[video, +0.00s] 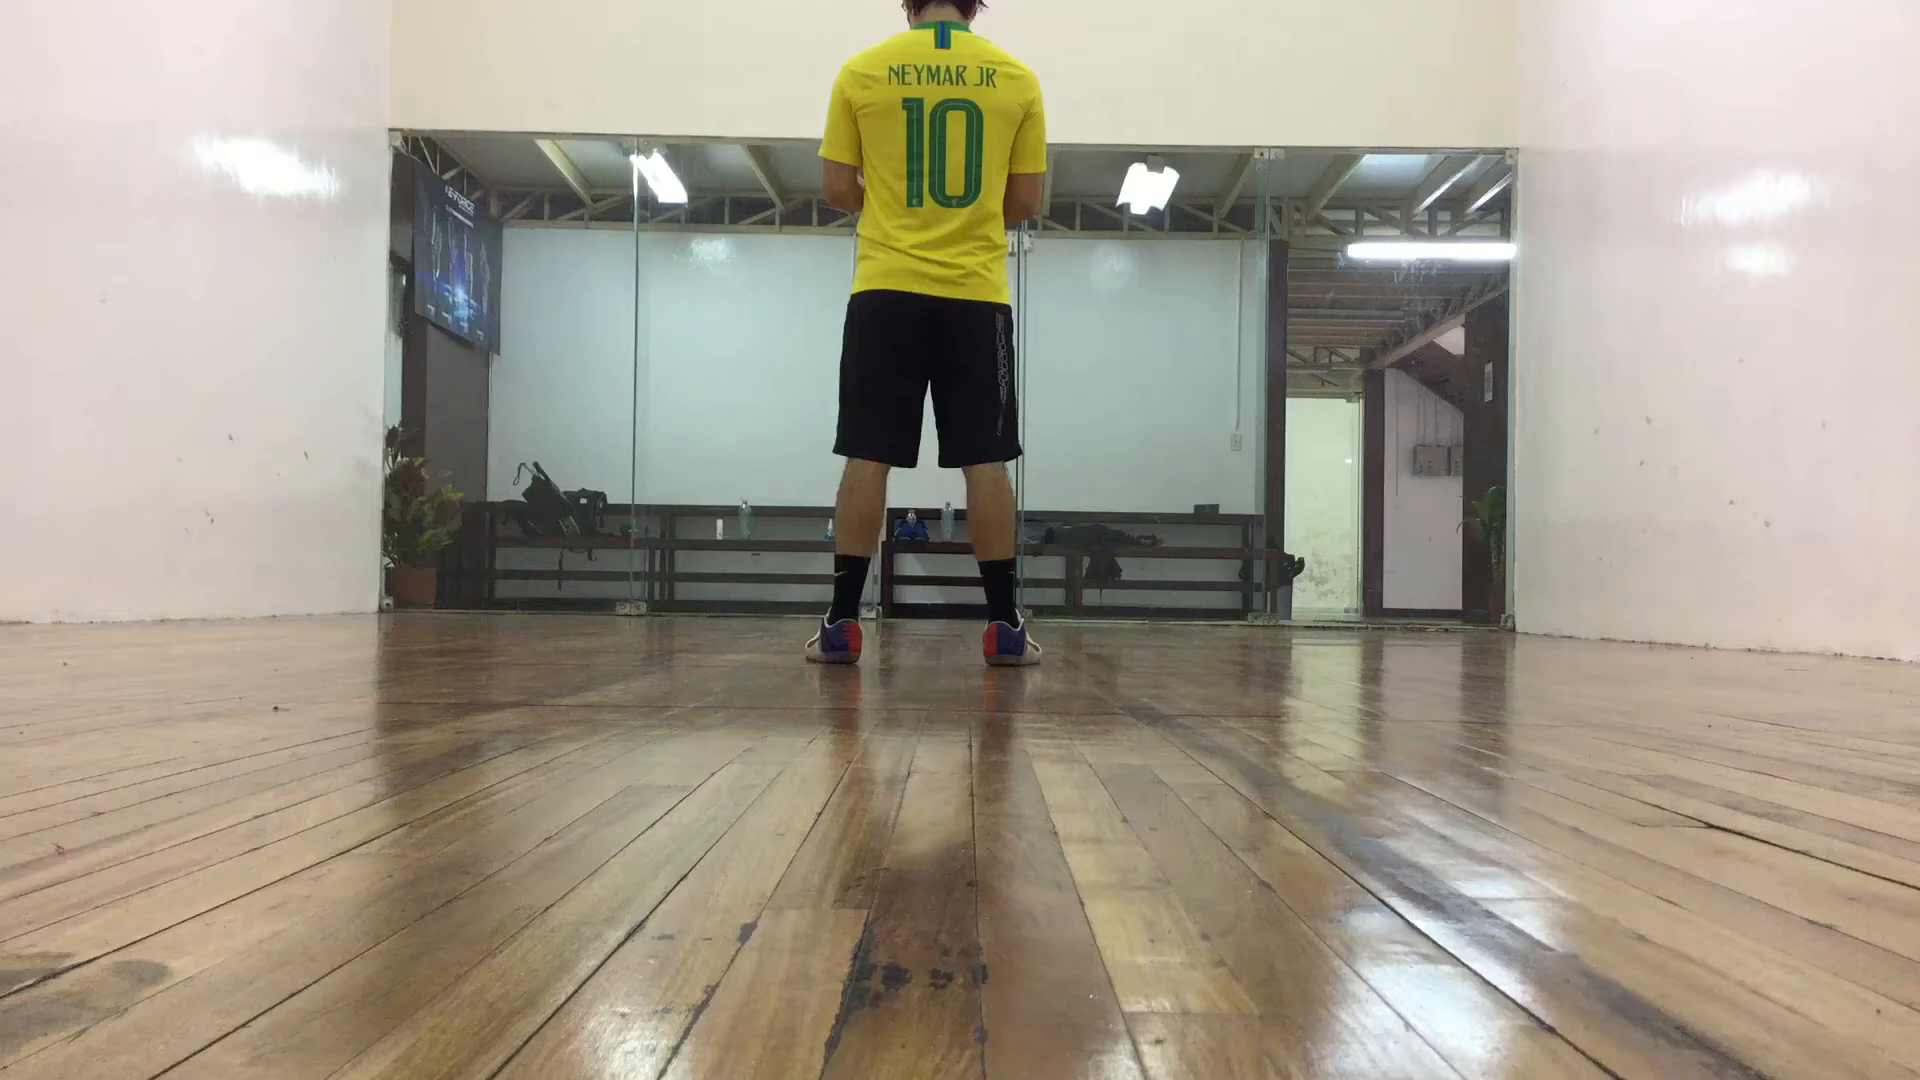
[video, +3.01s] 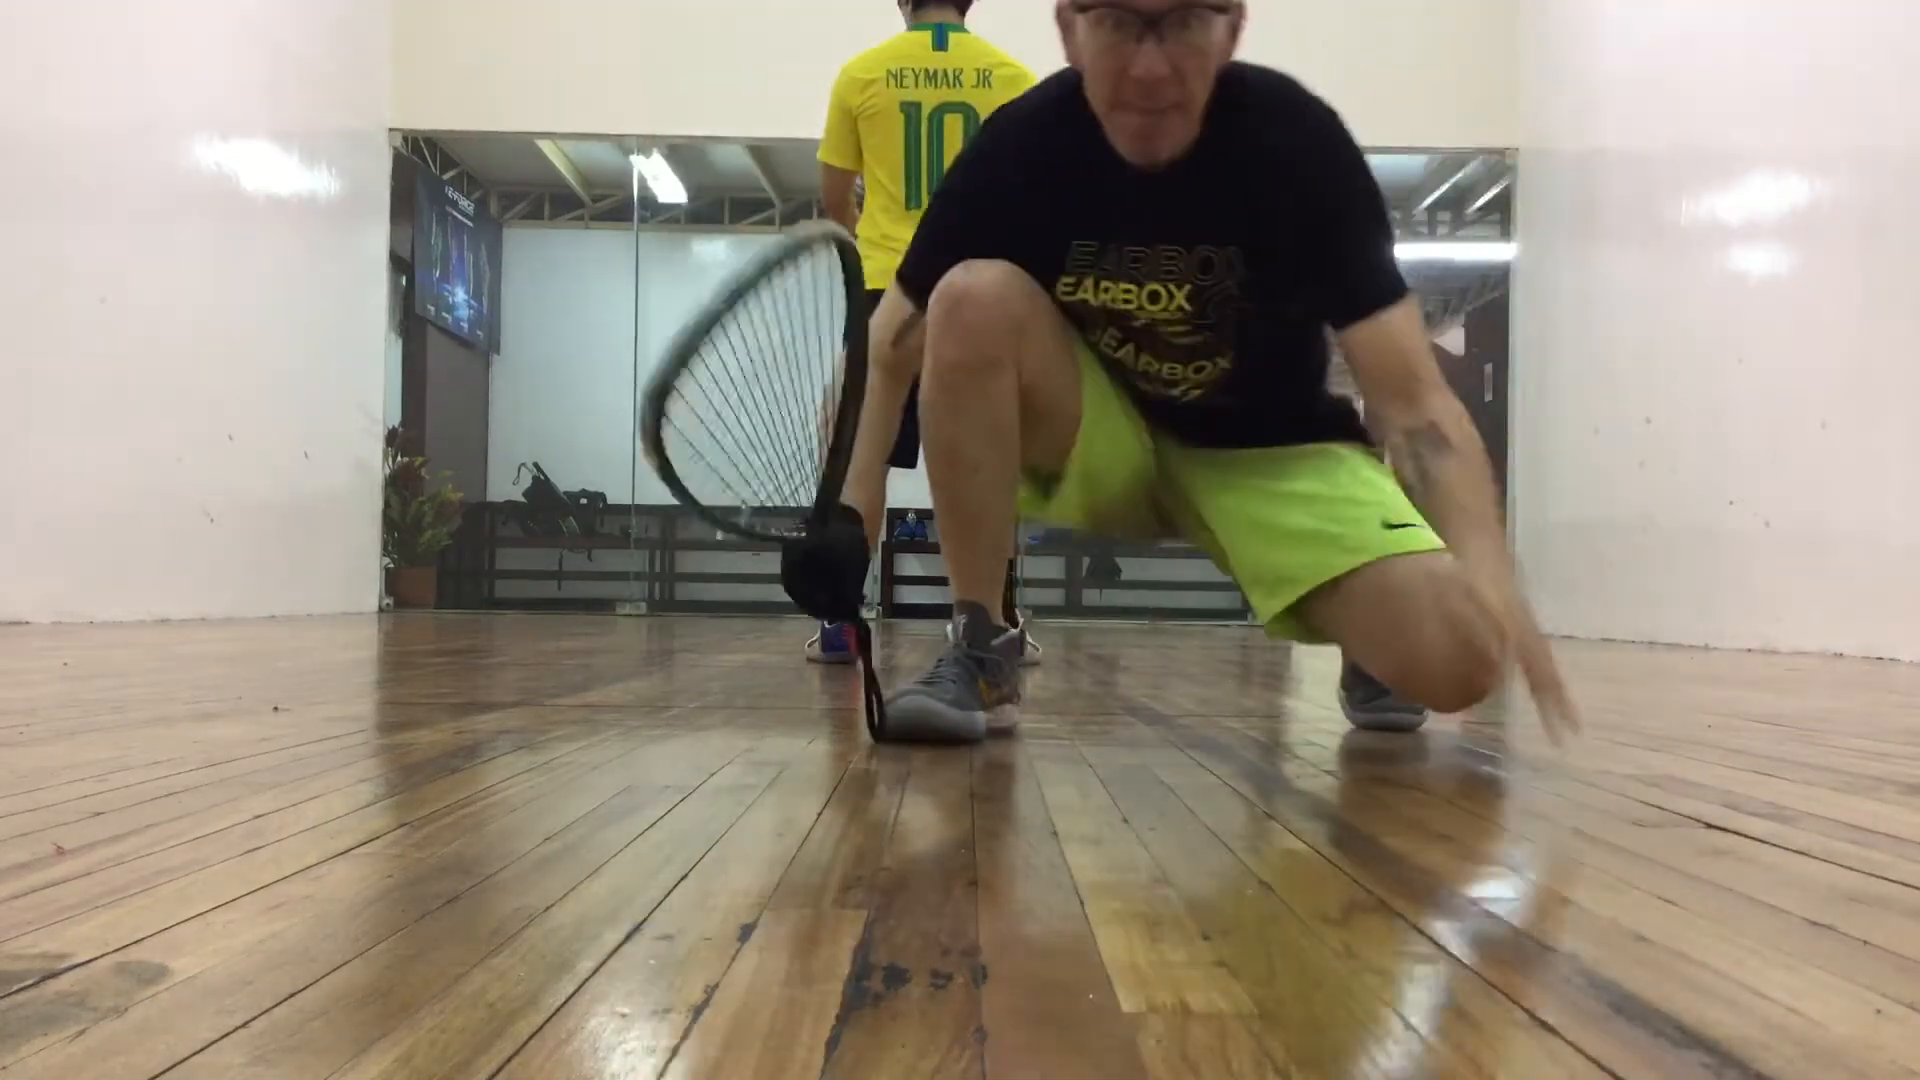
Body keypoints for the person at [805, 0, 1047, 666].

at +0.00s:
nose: (905, 15)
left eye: (904, 9)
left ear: (907, 7)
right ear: (975, 8)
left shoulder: (862, 70)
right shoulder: (1016, 79)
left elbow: (839, 191)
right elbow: (1024, 203)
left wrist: (898, 191)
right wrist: (958, 191)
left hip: (884, 299)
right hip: (975, 304)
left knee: (866, 459)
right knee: (986, 462)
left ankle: (842, 622)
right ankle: (1005, 624)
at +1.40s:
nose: (922, 13)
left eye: (910, 6)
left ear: (904, 4)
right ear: (965, 4)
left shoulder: (859, 72)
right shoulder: (1012, 76)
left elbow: (831, 192)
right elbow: (1039, 193)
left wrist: (877, 182)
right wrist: (1030, 273)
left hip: (883, 298)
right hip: (974, 303)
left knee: (866, 458)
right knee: (985, 462)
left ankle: (843, 621)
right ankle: (1005, 625)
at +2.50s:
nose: (939, 10)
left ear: (906, 9)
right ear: (968, 9)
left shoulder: (861, 74)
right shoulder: (1011, 81)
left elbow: (845, 185)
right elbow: (1033, 202)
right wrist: (1029, 296)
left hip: (883, 300)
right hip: (976, 305)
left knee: (866, 460)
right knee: (986, 465)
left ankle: (842, 621)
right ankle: (998, 629)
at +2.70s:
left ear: (906, 3)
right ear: (968, 3)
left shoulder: (861, 74)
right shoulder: (1010, 65)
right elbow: (1037, 196)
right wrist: (1012, 254)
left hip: (884, 296)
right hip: (978, 300)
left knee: (866, 458)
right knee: (985, 459)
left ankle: (843, 620)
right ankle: (1000, 621)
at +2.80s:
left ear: (906, 6)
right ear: (969, 6)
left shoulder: (860, 75)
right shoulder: (1013, 75)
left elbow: (836, 197)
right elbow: (1043, 178)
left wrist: (875, 237)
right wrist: (1002, 242)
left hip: (895, 304)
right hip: (987, 306)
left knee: (867, 457)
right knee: (998, 456)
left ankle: (842, 622)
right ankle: (1000, 622)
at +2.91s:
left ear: (905, 7)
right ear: (969, 7)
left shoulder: (861, 74)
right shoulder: (1013, 76)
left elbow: (836, 194)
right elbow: (1038, 178)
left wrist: (866, 229)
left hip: (885, 291)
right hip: (982, 294)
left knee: (864, 452)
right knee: (991, 451)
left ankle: (840, 620)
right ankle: (999, 622)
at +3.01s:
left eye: (902, 13)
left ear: (903, 8)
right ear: (969, 8)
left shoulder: (861, 74)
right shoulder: (1015, 77)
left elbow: (835, 196)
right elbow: (1041, 182)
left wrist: (868, 245)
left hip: (887, 293)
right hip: (983, 293)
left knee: (854, 447)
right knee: (987, 445)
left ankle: (839, 619)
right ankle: (1000, 619)